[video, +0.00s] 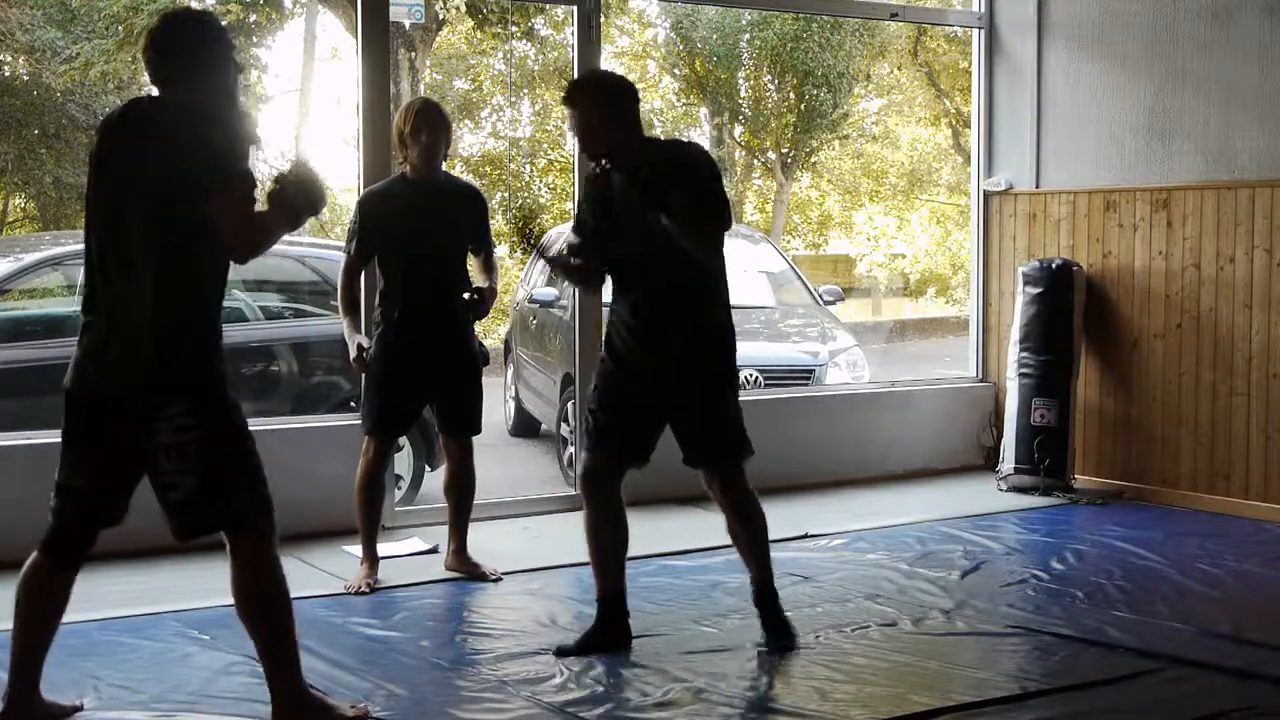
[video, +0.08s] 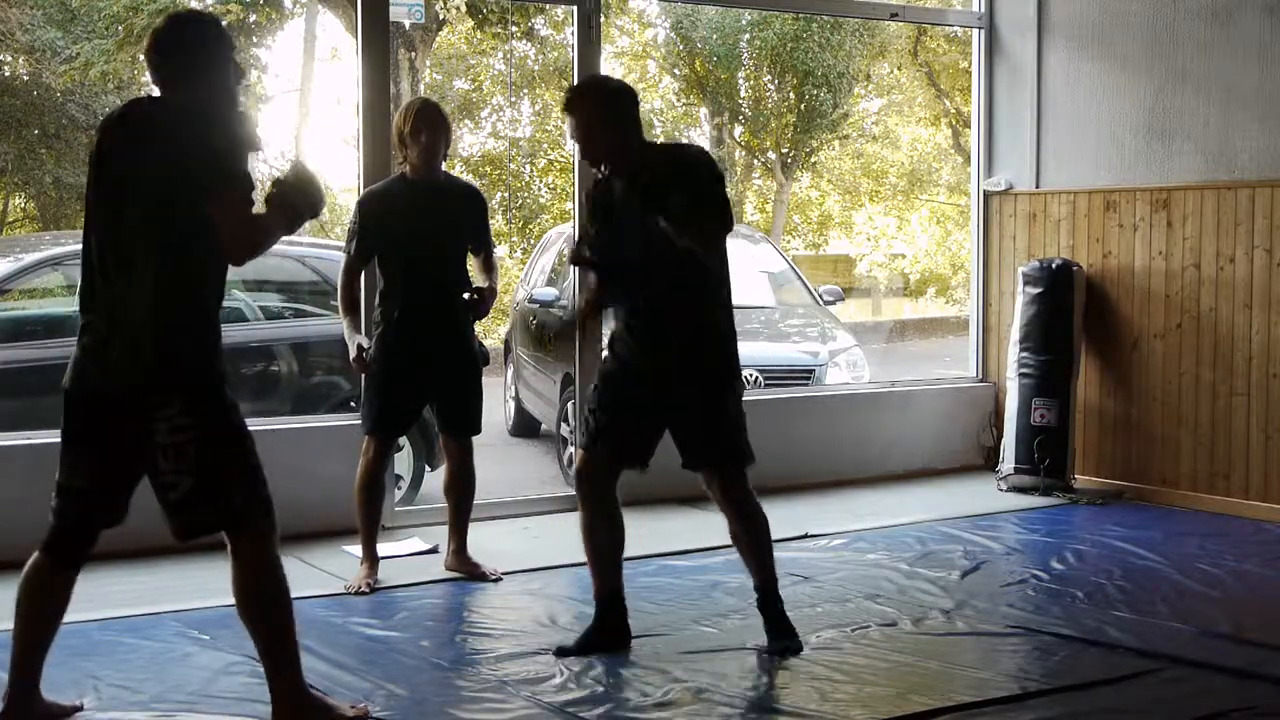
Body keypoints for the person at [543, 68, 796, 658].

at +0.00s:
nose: (575, 137)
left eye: (581, 123)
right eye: (573, 125)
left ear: (615, 115)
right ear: (598, 118)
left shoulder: (687, 161)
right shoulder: (597, 180)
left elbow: (709, 242)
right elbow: (590, 272)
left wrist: (646, 198)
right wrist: (561, 260)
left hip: (700, 344)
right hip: (632, 347)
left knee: (726, 480)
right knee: (598, 476)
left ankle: (770, 609)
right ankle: (612, 622)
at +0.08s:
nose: (578, 146)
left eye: (583, 132)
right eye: (575, 134)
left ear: (617, 122)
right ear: (602, 126)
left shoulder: (690, 165)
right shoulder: (600, 193)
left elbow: (711, 249)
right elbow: (599, 288)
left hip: (701, 353)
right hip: (633, 356)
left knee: (729, 483)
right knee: (592, 474)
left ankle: (773, 610)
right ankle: (610, 620)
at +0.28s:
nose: (590, 158)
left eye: (594, 144)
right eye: (586, 146)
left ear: (629, 132)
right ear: (606, 139)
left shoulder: (706, 172)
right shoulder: (615, 208)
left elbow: (734, 254)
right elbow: (625, 299)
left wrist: (668, 213)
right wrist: (619, 375)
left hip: (720, 363)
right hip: (650, 367)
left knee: (736, 492)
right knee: (590, 472)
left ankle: (772, 616)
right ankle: (609, 620)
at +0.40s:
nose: (596, 157)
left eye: (601, 142)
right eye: (592, 145)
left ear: (638, 131)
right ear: (617, 139)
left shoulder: (711, 171)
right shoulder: (620, 209)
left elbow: (747, 251)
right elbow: (632, 300)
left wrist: (682, 213)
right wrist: (616, 384)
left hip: (723, 364)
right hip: (655, 365)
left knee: (738, 492)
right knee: (594, 472)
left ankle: (771, 614)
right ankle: (610, 620)